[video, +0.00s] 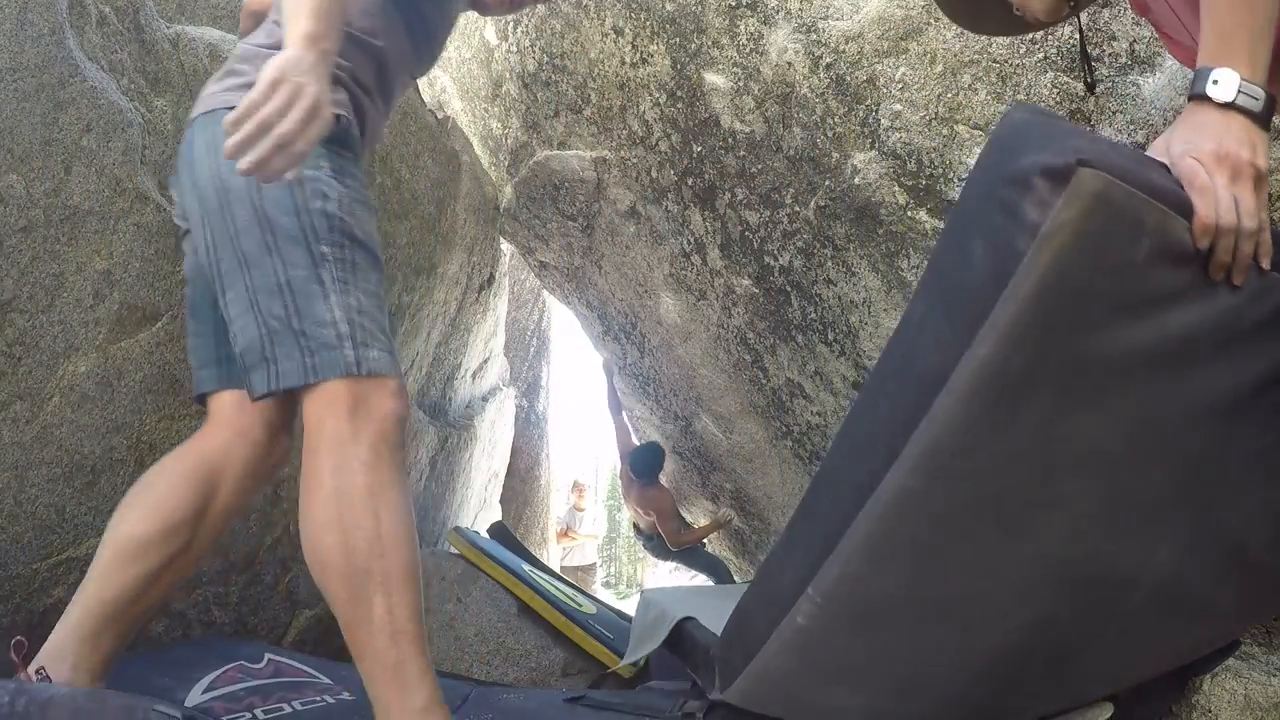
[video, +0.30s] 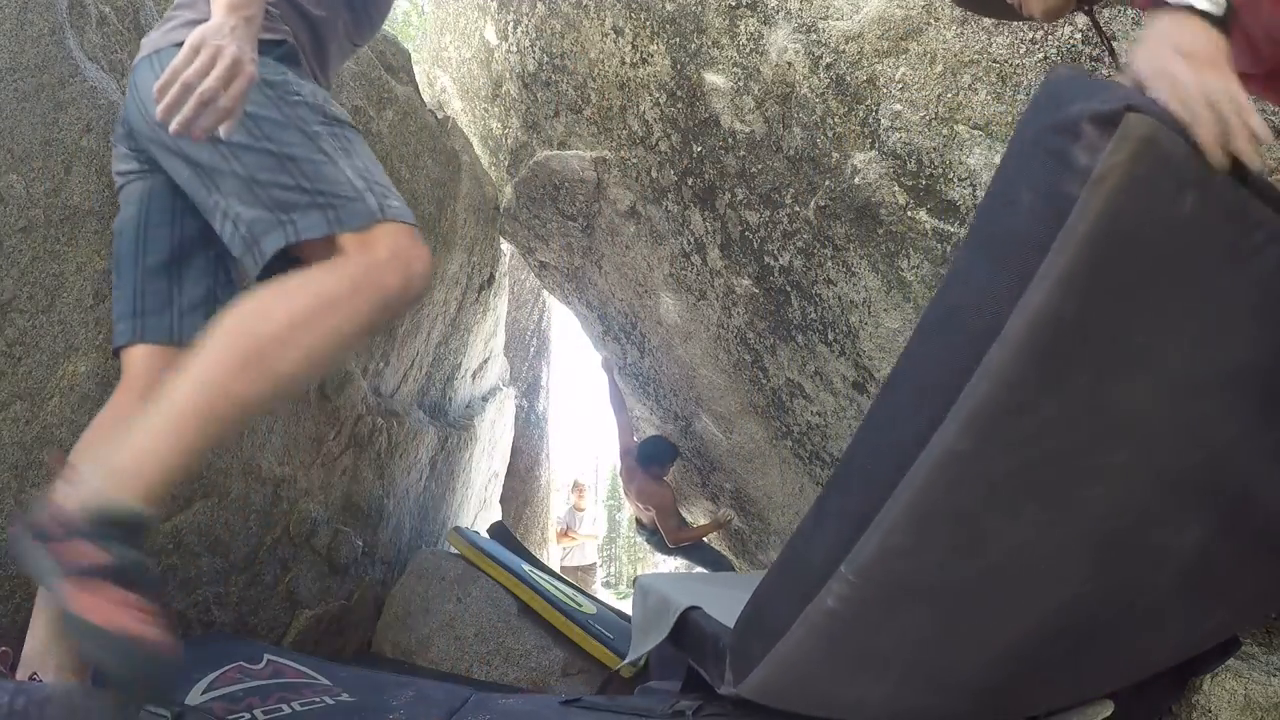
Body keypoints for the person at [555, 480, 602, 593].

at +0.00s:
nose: (581, 493)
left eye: (584, 490)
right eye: (578, 490)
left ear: (588, 492)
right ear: (572, 493)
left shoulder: (596, 513)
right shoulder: (564, 513)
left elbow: (598, 538)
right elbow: (560, 541)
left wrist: (571, 533)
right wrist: (585, 538)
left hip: (589, 565)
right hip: (567, 566)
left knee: (589, 604)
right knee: (568, 605)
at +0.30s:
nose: (581, 493)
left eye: (584, 490)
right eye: (577, 489)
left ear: (588, 492)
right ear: (571, 493)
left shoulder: (596, 513)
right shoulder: (564, 514)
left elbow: (597, 538)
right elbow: (560, 541)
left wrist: (571, 533)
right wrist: (585, 539)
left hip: (589, 564)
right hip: (567, 565)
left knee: (590, 603)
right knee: (568, 604)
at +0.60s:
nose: (581, 492)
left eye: (584, 489)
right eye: (577, 489)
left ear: (589, 492)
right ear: (571, 492)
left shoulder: (596, 513)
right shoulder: (564, 513)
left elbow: (597, 538)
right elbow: (560, 541)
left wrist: (572, 533)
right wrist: (585, 538)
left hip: (589, 565)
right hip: (567, 565)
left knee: (589, 603)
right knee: (568, 603)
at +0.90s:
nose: (581, 492)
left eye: (584, 489)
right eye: (577, 489)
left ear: (589, 492)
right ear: (571, 492)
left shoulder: (596, 513)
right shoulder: (564, 513)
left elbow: (597, 538)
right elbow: (560, 541)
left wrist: (571, 533)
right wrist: (585, 538)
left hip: (589, 564)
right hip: (567, 565)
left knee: (590, 603)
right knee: (568, 603)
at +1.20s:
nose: (580, 492)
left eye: (583, 489)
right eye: (577, 489)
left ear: (589, 492)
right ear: (571, 492)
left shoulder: (596, 513)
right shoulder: (564, 513)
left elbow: (597, 538)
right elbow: (560, 541)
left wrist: (572, 533)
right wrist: (585, 538)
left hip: (589, 565)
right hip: (567, 566)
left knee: (589, 604)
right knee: (567, 604)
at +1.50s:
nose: (580, 493)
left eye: (583, 490)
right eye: (577, 490)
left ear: (589, 492)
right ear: (571, 492)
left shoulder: (597, 513)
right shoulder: (564, 513)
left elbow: (596, 539)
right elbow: (560, 541)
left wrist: (571, 533)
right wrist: (584, 538)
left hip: (589, 565)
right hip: (567, 566)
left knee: (589, 605)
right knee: (568, 605)